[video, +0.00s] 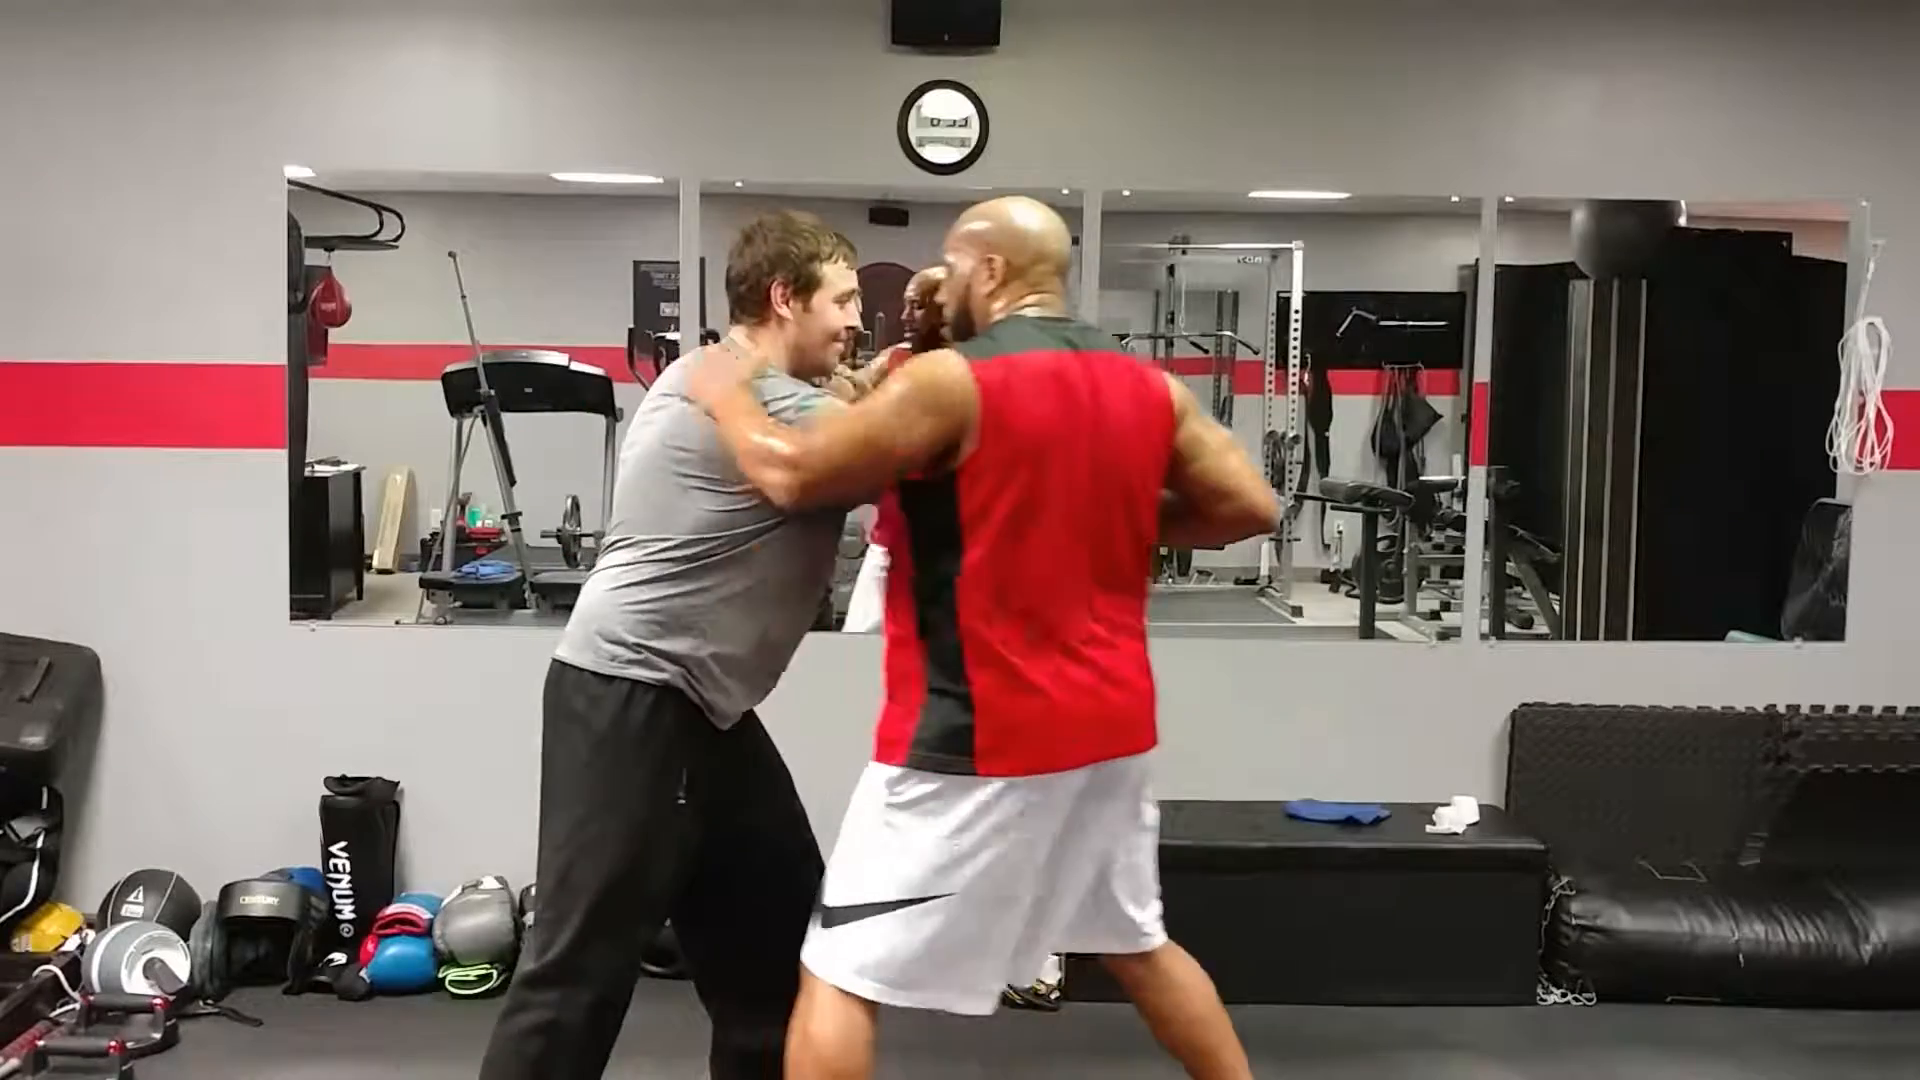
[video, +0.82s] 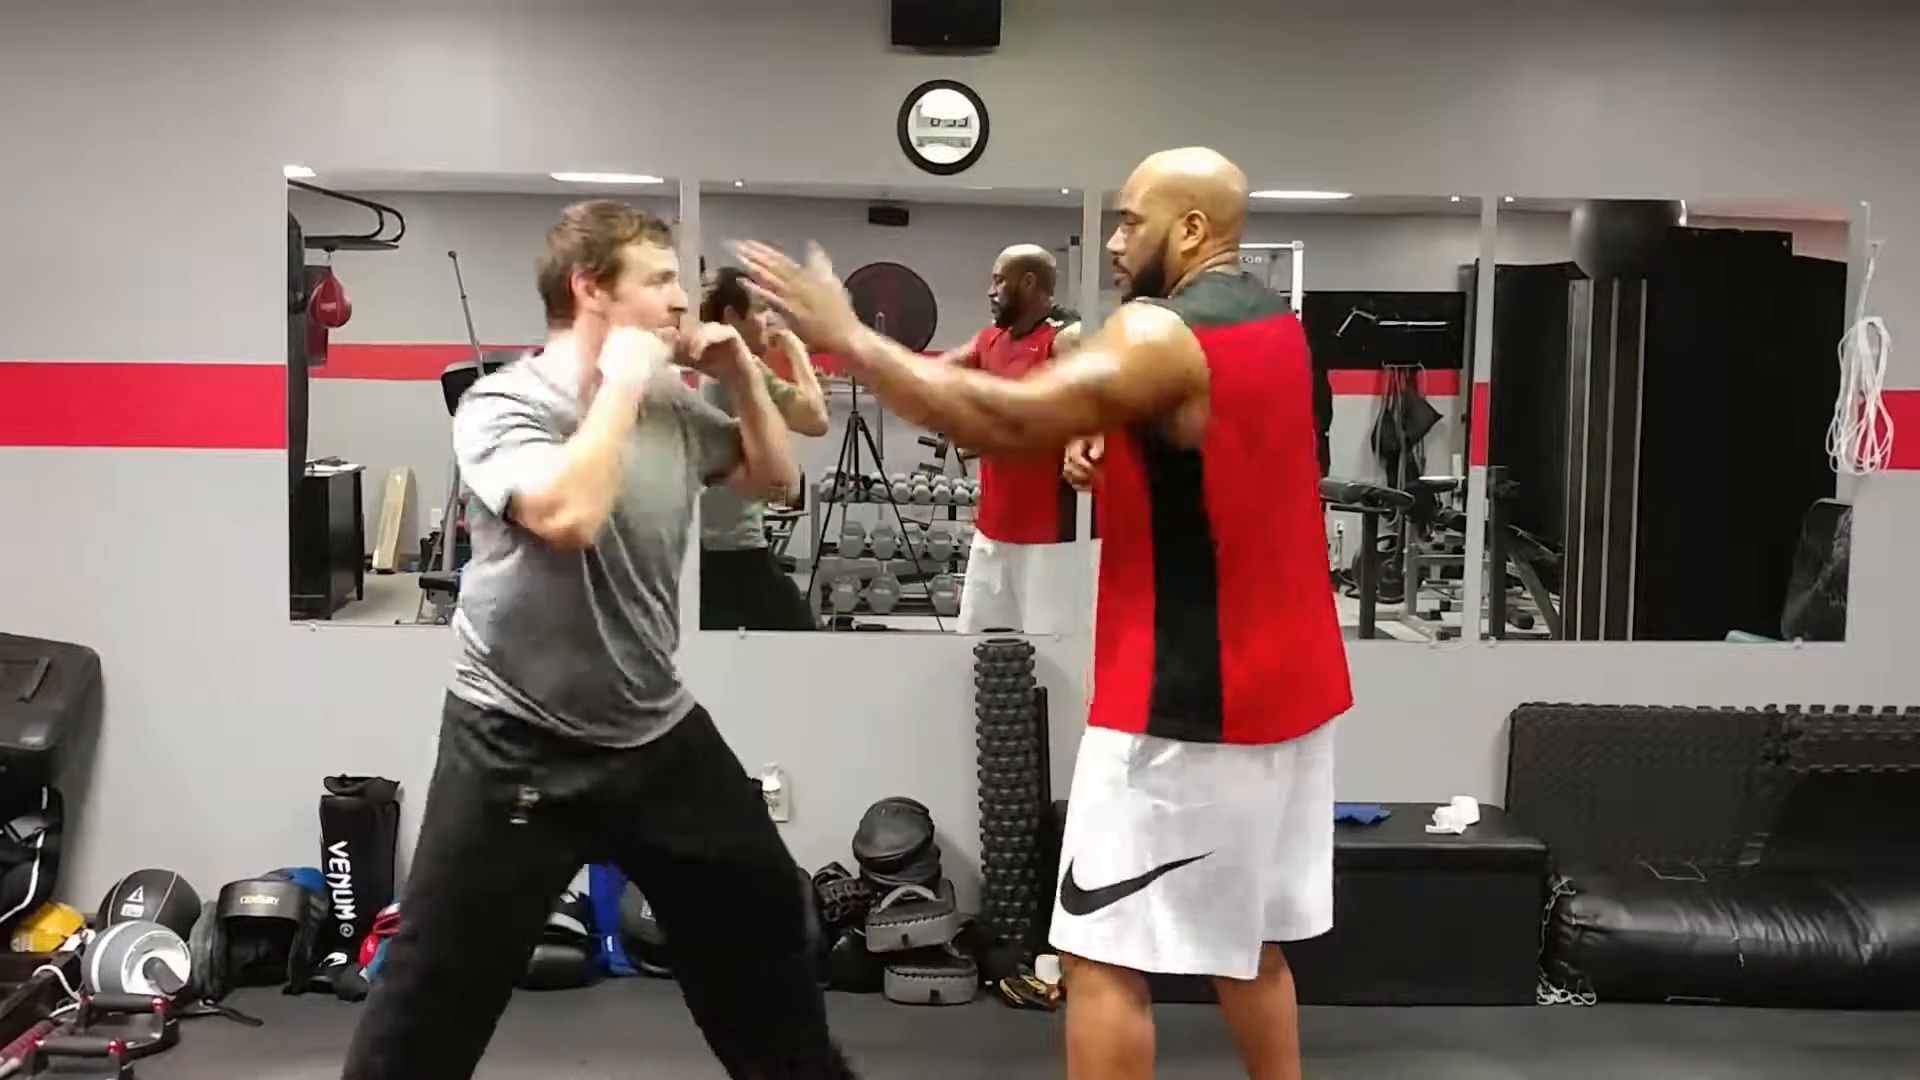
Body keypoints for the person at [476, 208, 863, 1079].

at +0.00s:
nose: (857, 320)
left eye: (857, 301)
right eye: (843, 299)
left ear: (778, 304)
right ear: (782, 300)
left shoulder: (706, 378)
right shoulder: (749, 391)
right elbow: (905, 452)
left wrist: (884, 395)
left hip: (704, 707)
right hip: (624, 696)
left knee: (778, 928)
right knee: (582, 961)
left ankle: (759, 1070)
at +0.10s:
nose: (859, 313)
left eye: (859, 294)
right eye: (845, 293)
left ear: (784, 298)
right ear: (784, 297)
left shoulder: (774, 382)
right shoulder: (751, 396)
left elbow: (882, 431)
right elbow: (911, 510)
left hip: (705, 703)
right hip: (623, 688)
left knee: (774, 936)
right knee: (582, 958)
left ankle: (763, 1073)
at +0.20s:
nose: (860, 307)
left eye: (858, 287)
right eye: (843, 287)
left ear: (782, 296)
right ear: (779, 293)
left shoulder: (793, 394)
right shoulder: (736, 385)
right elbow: (833, 568)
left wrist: (916, 590)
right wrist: (978, 588)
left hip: (705, 696)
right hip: (613, 672)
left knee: (763, 917)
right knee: (562, 945)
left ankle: (760, 1068)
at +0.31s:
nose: (839, 296)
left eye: (838, 277)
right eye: (821, 278)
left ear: (765, 285)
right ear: (753, 284)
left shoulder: (782, 386)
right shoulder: (693, 384)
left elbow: (808, 502)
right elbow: (729, 566)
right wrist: (867, 546)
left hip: (692, 686)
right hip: (593, 668)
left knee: (744, 912)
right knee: (534, 927)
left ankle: (756, 1074)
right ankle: (467, 1074)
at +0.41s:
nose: (765, 285)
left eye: (764, 267)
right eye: (746, 266)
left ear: (694, 276)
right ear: (678, 274)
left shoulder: (729, 379)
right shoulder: (597, 380)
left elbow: (796, 477)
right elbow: (666, 531)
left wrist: (819, 394)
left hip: (674, 708)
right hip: (556, 696)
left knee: (728, 965)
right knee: (465, 959)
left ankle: (754, 1074)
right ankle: (387, 1077)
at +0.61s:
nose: (681, 280)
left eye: (678, 261)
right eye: (663, 260)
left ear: (606, 270)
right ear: (590, 268)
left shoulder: (665, 377)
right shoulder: (494, 370)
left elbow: (756, 457)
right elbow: (575, 482)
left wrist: (730, 349)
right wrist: (629, 345)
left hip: (634, 714)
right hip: (496, 707)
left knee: (708, 958)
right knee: (412, 971)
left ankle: (751, 1078)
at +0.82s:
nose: (682, 303)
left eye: (682, 284)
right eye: (662, 282)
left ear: (599, 294)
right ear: (590, 293)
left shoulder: (669, 403)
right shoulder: (500, 406)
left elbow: (775, 473)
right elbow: (563, 517)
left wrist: (743, 370)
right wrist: (625, 383)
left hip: (658, 736)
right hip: (511, 740)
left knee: (765, 926)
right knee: (435, 987)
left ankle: (800, 1071)